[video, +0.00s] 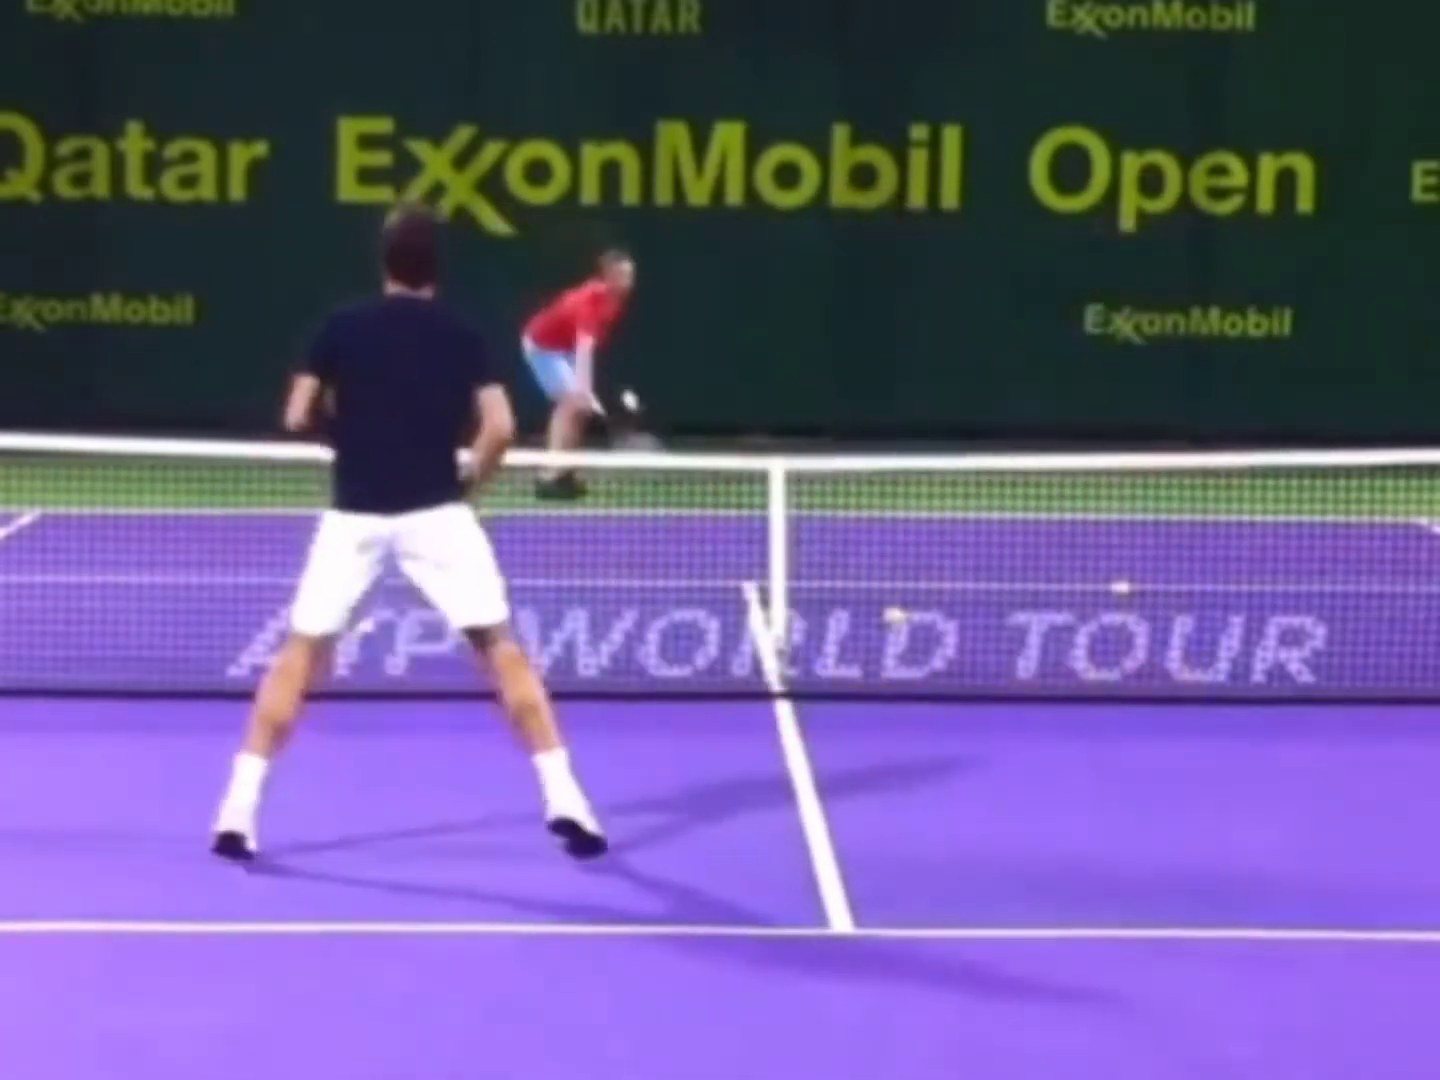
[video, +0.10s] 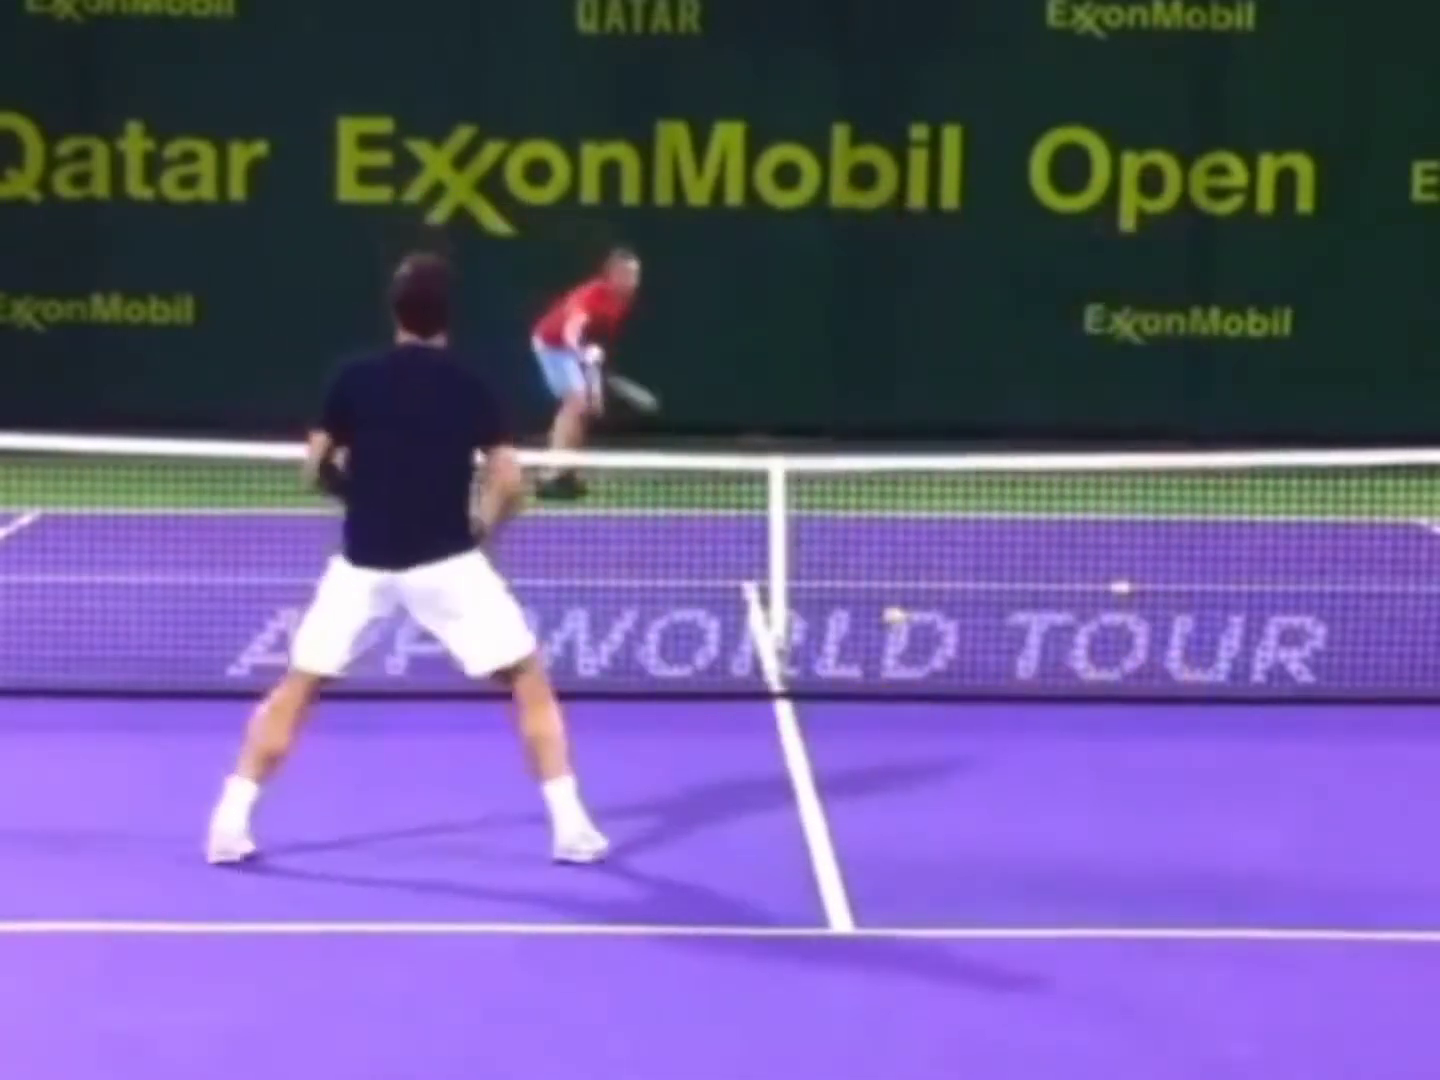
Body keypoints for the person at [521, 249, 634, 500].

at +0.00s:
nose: (627, 282)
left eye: (629, 275)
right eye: (621, 275)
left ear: (631, 277)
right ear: (607, 274)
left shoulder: (615, 298)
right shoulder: (592, 299)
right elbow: (584, 346)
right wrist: (585, 392)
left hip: (564, 346)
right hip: (540, 345)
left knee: (578, 402)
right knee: (570, 400)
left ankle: (567, 470)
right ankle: (550, 472)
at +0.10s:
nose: (631, 281)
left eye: (635, 274)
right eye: (626, 273)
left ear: (637, 277)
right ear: (611, 273)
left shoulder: (622, 299)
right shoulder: (594, 294)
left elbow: (598, 344)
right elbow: (570, 327)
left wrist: (596, 390)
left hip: (578, 345)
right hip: (551, 343)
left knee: (582, 403)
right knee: (575, 399)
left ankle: (569, 468)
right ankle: (554, 469)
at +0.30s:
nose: (638, 254)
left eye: (643, 248)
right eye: (633, 248)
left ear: (647, 250)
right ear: (621, 248)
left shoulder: (642, 269)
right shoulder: (607, 273)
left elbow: (643, 304)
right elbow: (568, 297)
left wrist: (653, 336)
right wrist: (571, 314)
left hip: (615, 340)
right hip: (580, 340)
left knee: (629, 402)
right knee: (586, 398)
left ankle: (611, 458)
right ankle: (555, 464)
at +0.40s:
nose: (646, 243)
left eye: (651, 237)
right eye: (641, 236)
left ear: (658, 240)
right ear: (631, 238)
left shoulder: (657, 268)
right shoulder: (619, 264)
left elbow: (661, 311)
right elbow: (578, 292)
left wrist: (669, 347)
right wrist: (581, 318)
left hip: (629, 342)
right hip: (594, 339)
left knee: (648, 401)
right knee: (593, 398)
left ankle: (648, 466)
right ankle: (560, 455)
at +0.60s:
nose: (668, 229)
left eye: (673, 223)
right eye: (664, 223)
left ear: (682, 227)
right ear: (655, 226)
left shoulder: (693, 263)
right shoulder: (635, 258)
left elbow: (699, 304)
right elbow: (614, 293)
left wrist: (683, 338)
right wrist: (628, 329)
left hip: (668, 345)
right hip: (631, 342)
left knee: (668, 408)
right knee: (618, 403)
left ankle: (668, 469)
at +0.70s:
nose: (676, 216)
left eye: (681, 210)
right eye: (672, 210)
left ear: (689, 213)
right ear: (664, 213)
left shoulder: (704, 246)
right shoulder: (648, 242)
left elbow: (712, 282)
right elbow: (628, 280)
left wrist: (695, 319)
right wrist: (644, 320)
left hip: (681, 335)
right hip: (646, 333)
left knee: (677, 400)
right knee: (639, 396)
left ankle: (674, 454)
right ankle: (636, 455)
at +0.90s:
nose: (696, 214)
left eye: (701, 207)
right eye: (690, 207)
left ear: (710, 212)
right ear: (682, 211)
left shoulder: (726, 248)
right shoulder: (665, 246)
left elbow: (731, 288)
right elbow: (658, 283)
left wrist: (719, 322)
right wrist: (666, 315)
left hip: (710, 328)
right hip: (676, 327)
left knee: (720, 393)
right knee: (675, 392)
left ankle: (731, 445)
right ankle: (672, 443)